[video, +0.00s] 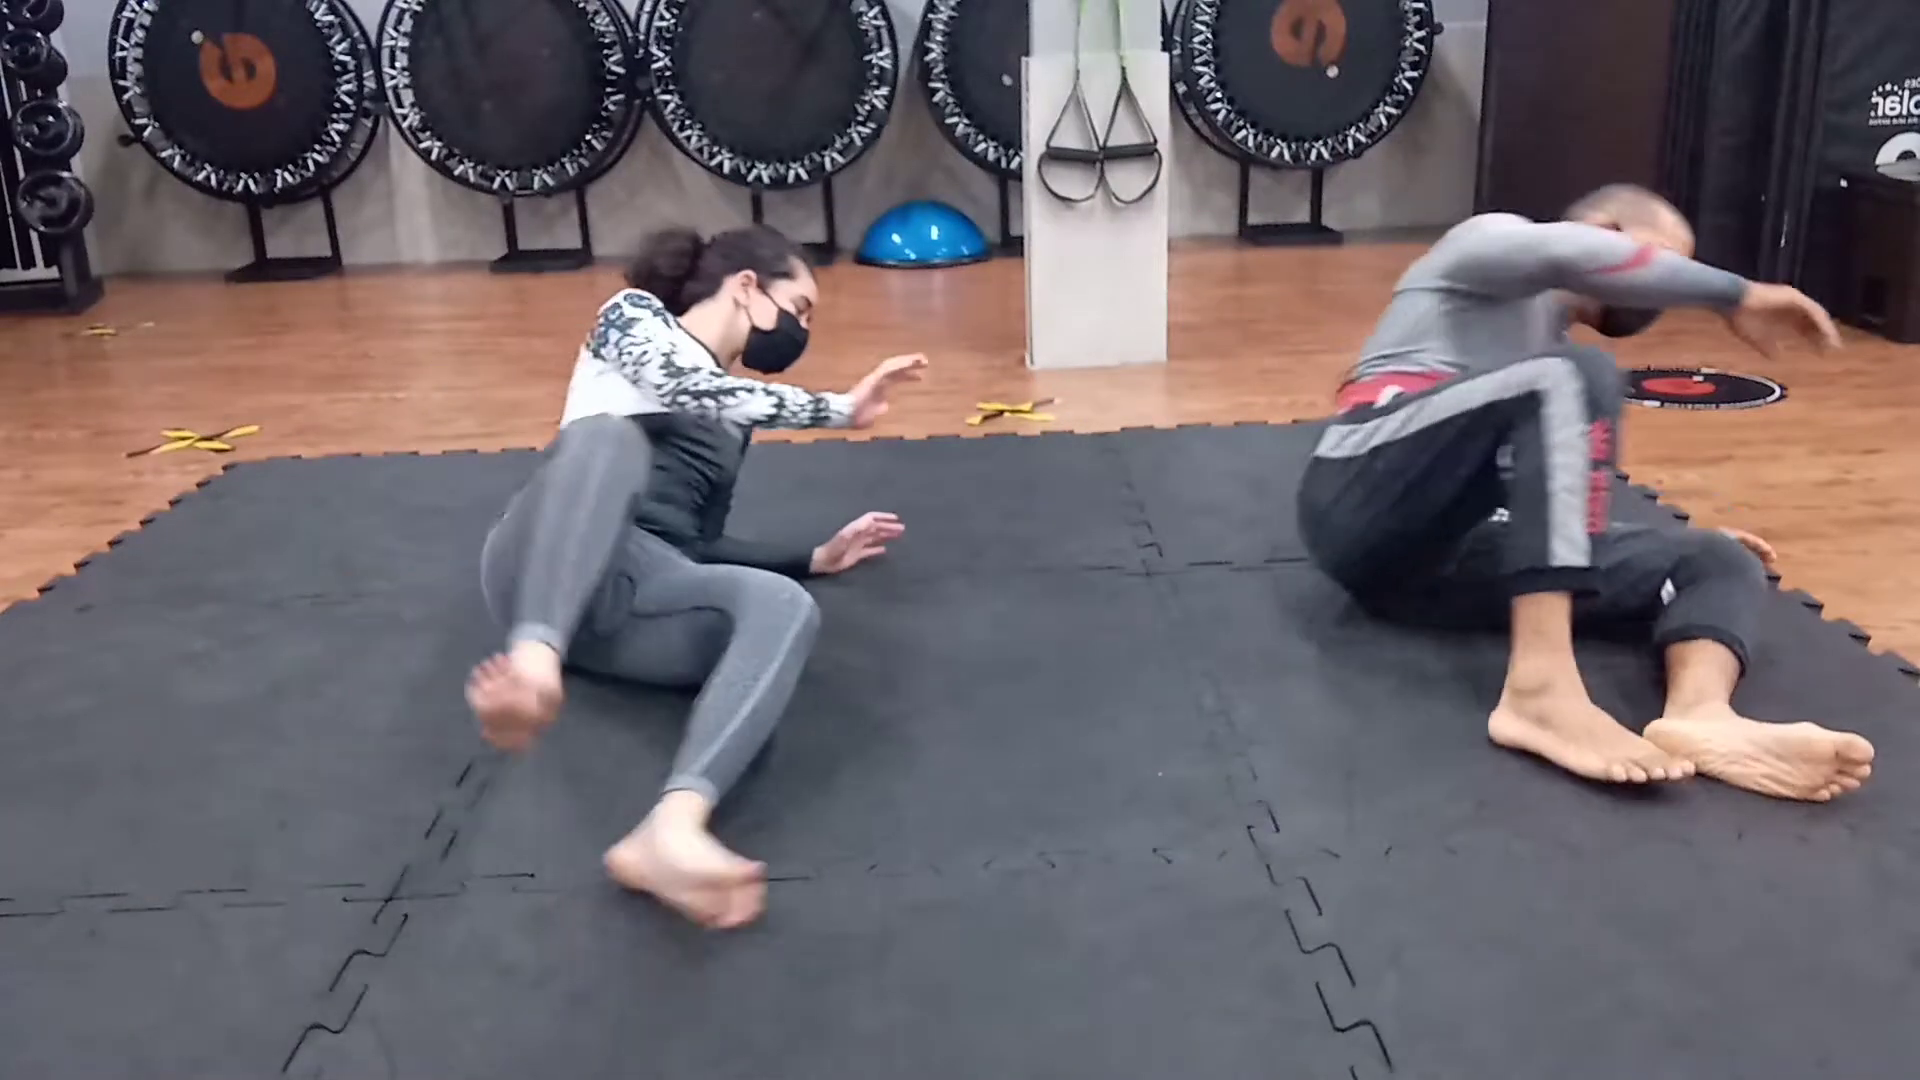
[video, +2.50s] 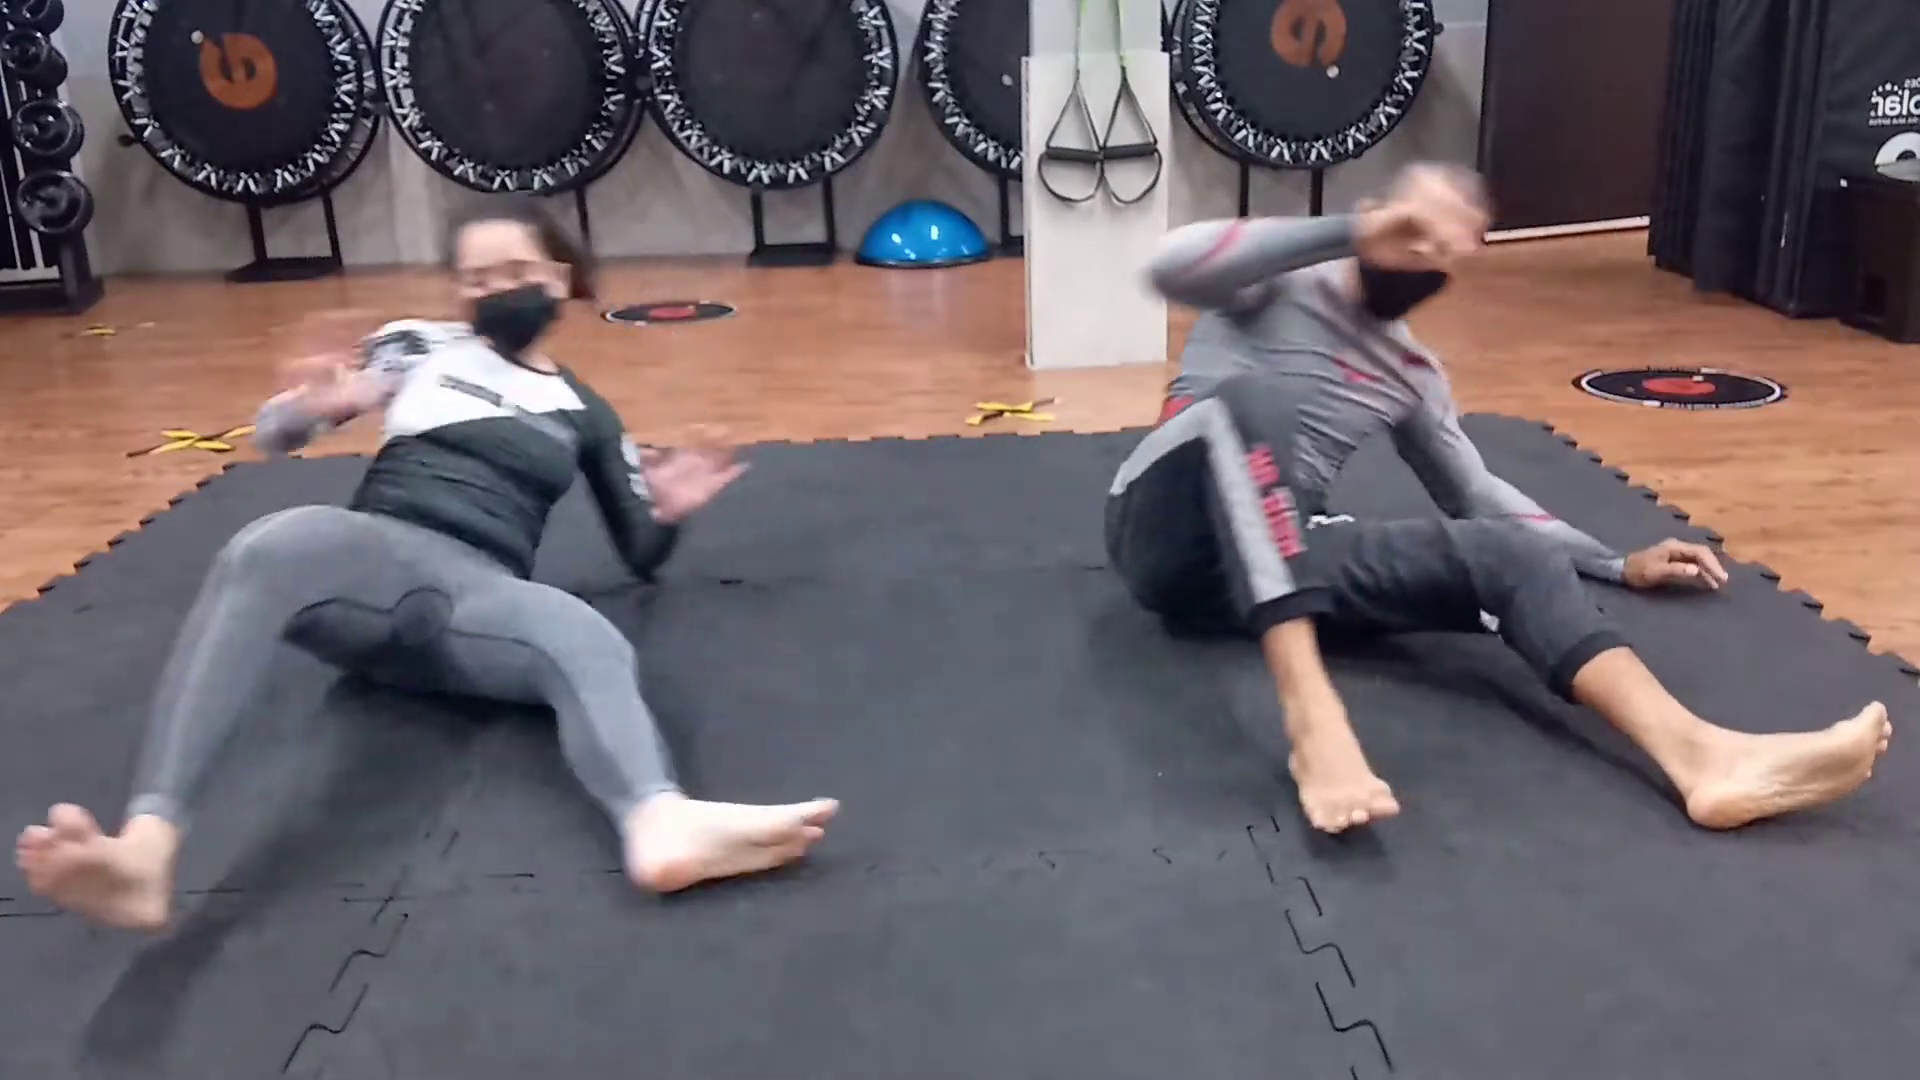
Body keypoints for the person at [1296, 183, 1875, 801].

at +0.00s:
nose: (1664, 288)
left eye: (1676, 277)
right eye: (1658, 259)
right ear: (1600, 232)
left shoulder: (1556, 362)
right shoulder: (1478, 248)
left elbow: (1575, 506)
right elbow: (1578, 255)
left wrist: (1692, 540)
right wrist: (1735, 296)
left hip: (1447, 555)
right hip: (1358, 497)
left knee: (1717, 560)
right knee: (1572, 378)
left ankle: (1696, 710)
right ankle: (1539, 685)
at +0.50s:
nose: (1707, 386)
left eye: (1715, 383)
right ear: (1715, 298)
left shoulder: (1613, 390)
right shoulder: (1624, 275)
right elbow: (1740, 309)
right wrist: (1822, 395)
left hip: (1447, 583)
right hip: (1454, 466)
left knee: (1757, 585)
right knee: (1761, 468)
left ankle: (1698, 694)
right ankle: (1546, 690)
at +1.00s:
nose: (1718, 361)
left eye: (1721, 356)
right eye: (1723, 334)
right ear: (1700, 300)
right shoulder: (1650, 293)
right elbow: (1826, 354)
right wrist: (1883, 441)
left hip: (1432, 585)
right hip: (1428, 474)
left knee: (1734, 580)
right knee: (1733, 462)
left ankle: (1708, 707)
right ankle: (1504, 695)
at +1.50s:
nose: (1706, 406)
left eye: (1714, 399)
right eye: (1714, 390)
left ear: (1638, 398)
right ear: (1688, 355)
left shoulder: (1578, 411)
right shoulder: (1621, 309)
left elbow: (1508, 510)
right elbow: (1823, 350)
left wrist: (1662, 508)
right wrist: (1905, 457)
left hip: (1335, 565)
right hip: (1335, 449)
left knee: (1599, 580)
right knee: (1645, 435)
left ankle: (1695, 740)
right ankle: (1480, 703)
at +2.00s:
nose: (1605, 352)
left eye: (1608, 346)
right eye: (1600, 333)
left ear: (1553, 362)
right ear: (1555, 305)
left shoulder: (1475, 425)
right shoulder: (1450, 300)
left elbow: (1509, 509)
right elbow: (1609, 270)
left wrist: (1625, 526)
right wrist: (1782, 345)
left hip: (1270, 588)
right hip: (1217, 493)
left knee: (1524, 586)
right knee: (1431, 392)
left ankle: (1701, 766)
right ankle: (1454, 696)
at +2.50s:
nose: (1427, 246)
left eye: (1451, 239)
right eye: (1417, 223)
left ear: (1457, 267)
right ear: (1375, 223)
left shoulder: (1410, 375)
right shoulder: (1279, 277)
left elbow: (1485, 506)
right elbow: (1170, 271)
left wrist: (1618, 567)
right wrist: (1351, 231)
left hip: (1283, 560)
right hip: (1171, 534)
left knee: (1510, 552)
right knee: (1225, 412)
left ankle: (1702, 757)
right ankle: (1314, 720)